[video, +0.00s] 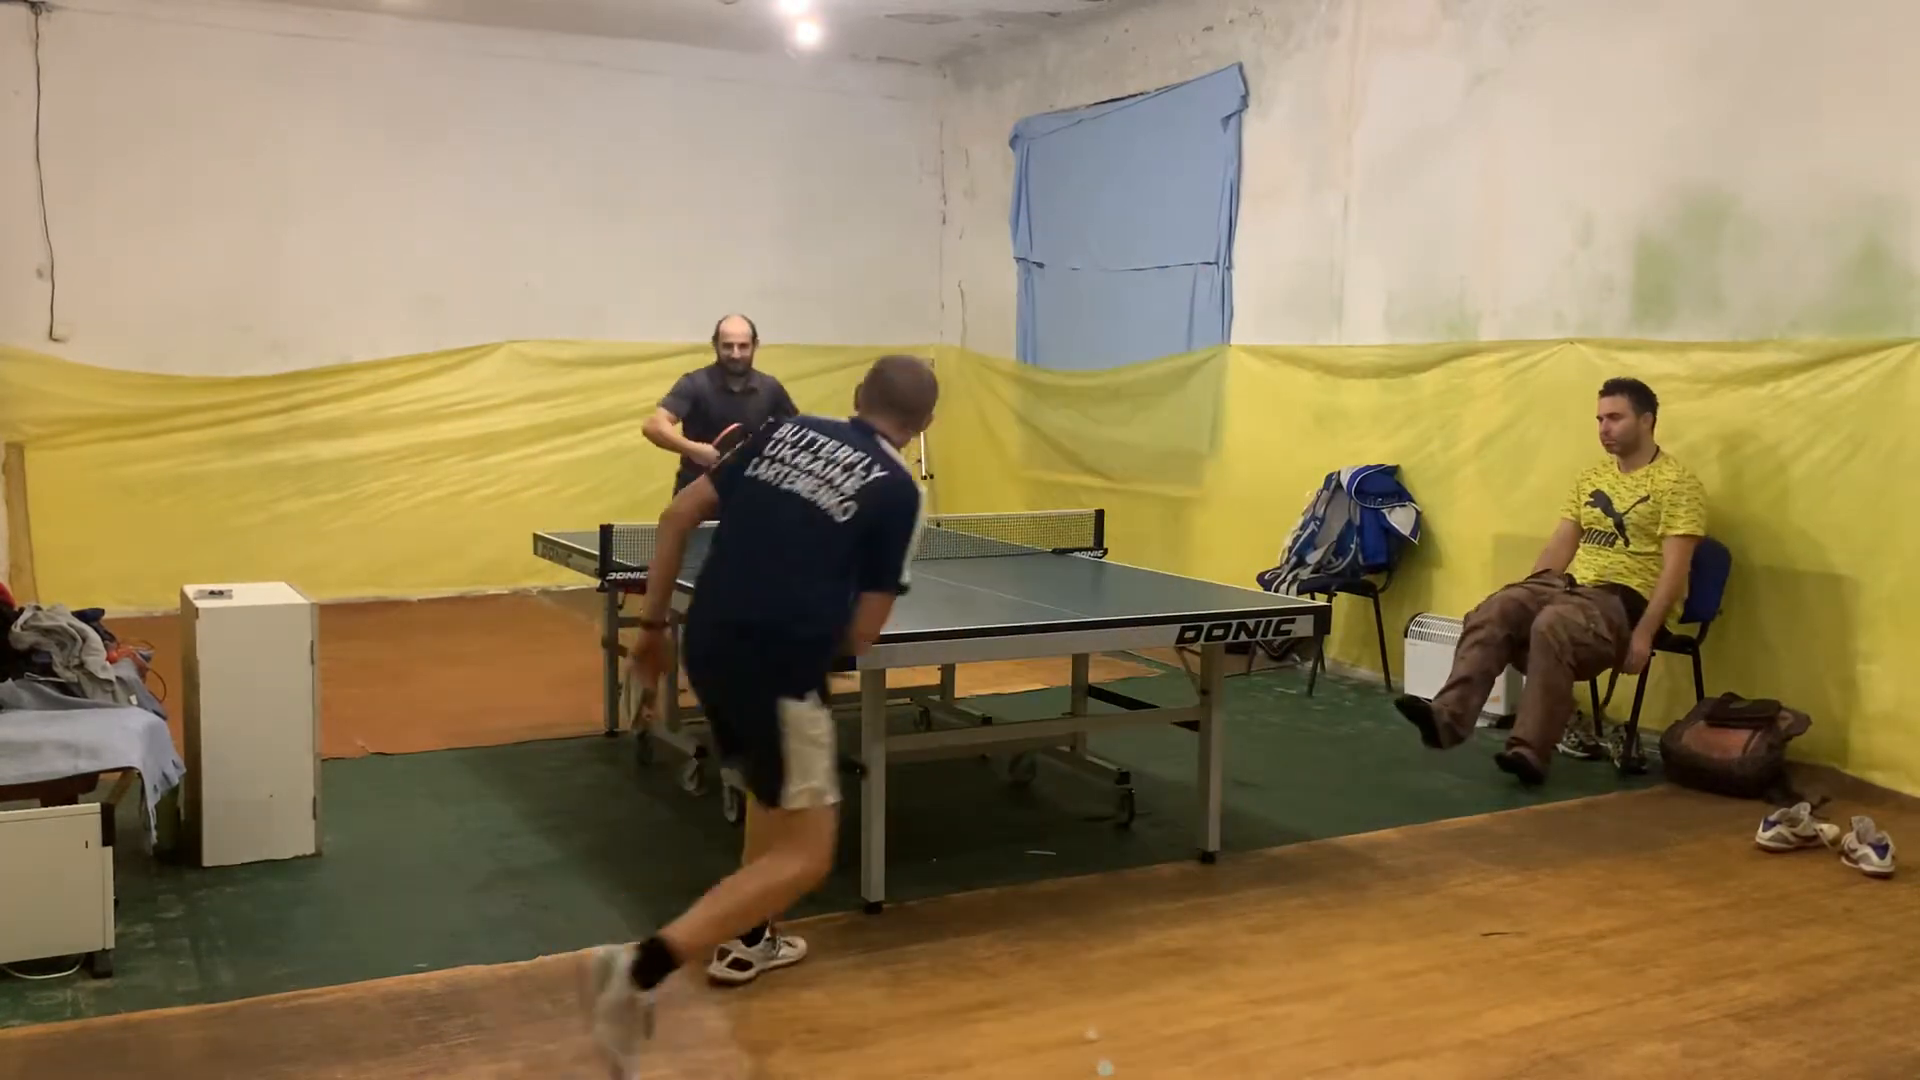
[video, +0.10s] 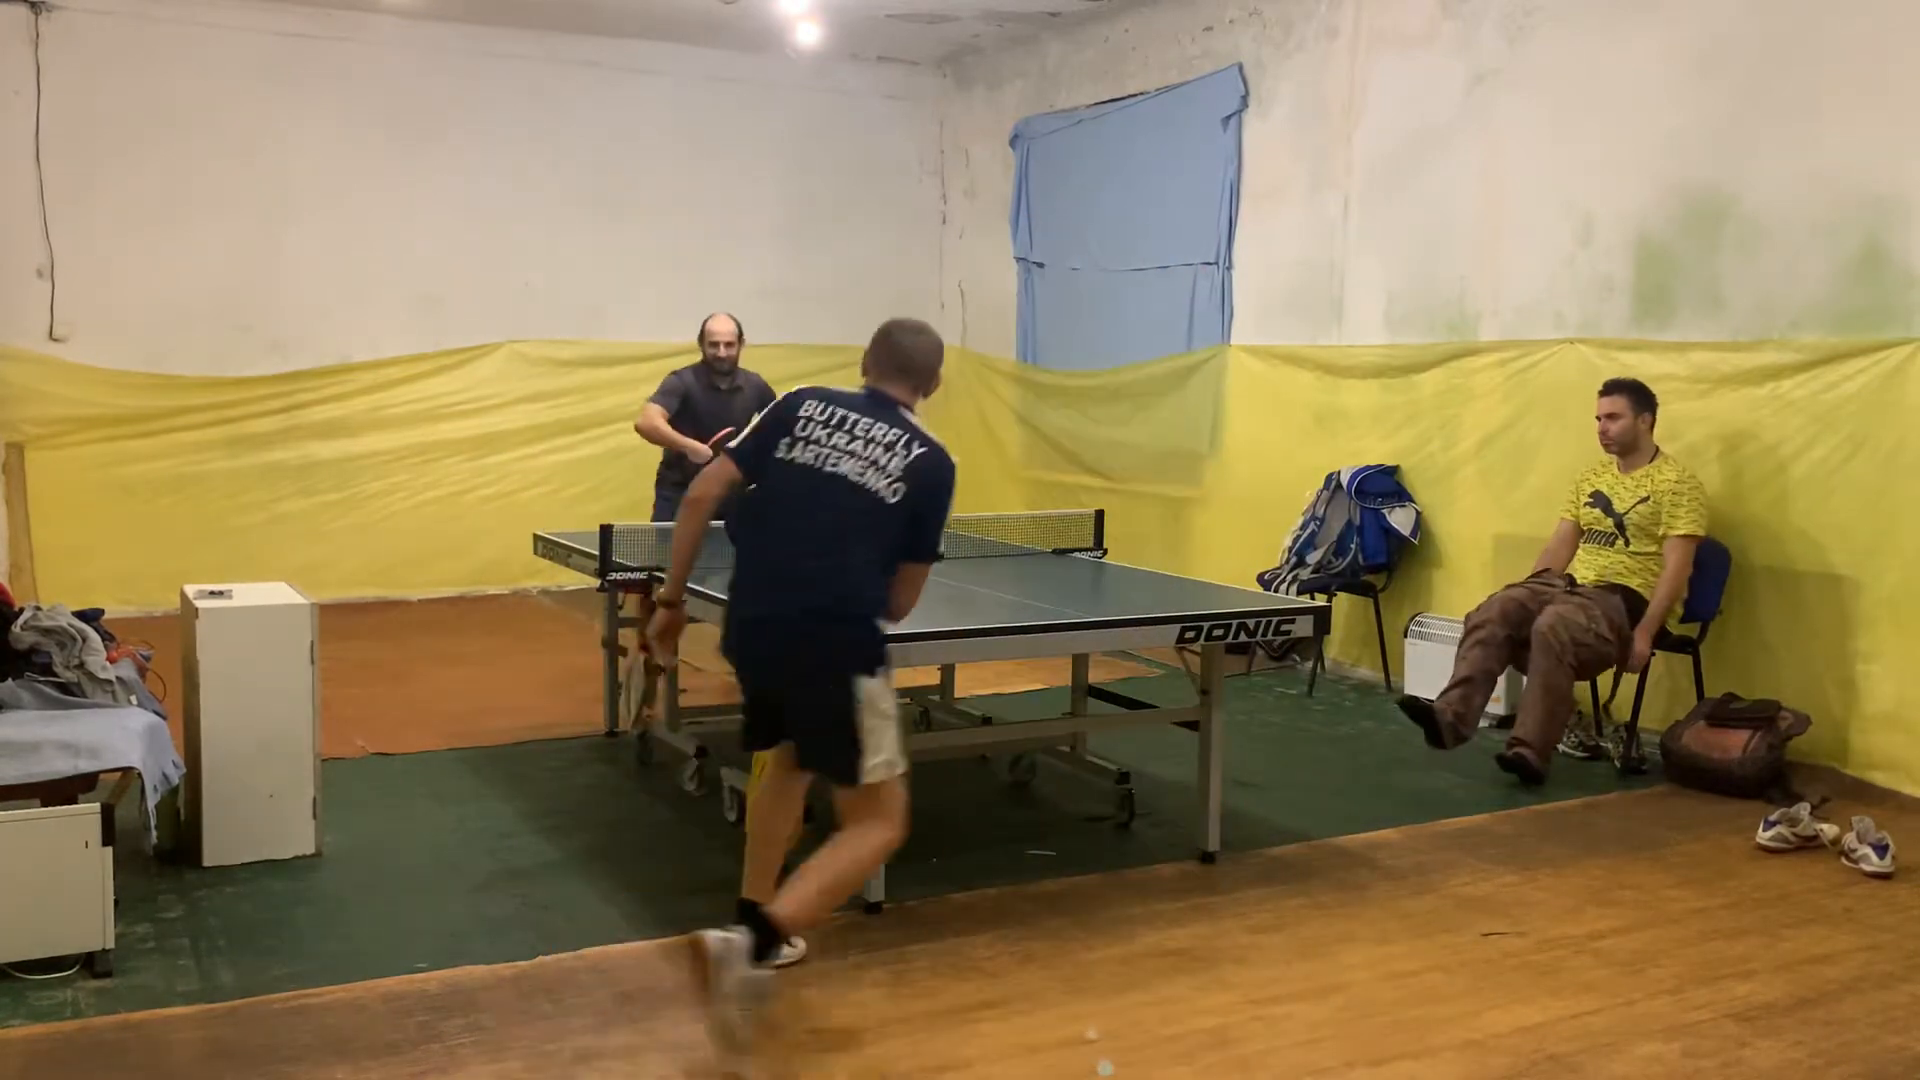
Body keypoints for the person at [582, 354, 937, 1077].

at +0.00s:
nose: (926, 434)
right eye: (928, 424)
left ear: (860, 396)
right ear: (920, 423)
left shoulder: (785, 429)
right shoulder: (896, 490)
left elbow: (678, 516)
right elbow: (866, 629)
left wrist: (654, 622)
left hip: (711, 637)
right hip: (781, 656)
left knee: (768, 792)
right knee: (805, 852)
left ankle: (748, 939)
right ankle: (640, 969)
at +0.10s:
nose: (931, 392)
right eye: (936, 384)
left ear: (867, 363)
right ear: (930, 385)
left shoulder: (799, 405)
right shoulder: (930, 465)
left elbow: (701, 494)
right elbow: (900, 601)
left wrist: (673, 597)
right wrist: (842, 571)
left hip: (755, 625)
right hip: (839, 641)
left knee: (786, 762)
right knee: (878, 819)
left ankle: (759, 924)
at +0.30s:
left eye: (916, 351)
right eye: (979, 363)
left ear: (916, 353)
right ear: (983, 367)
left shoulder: (864, 403)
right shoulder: (1001, 448)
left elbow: (785, 496)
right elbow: (983, 577)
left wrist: (748, 615)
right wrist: (940, 627)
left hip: (848, 636)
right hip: (945, 644)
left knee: (818, 763)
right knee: (1028, 802)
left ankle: (783, 939)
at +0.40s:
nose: (961, 366)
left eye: (960, 354)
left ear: (960, 358)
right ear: (1028, 369)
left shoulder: (913, 410)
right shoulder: (1055, 449)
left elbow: (855, 513)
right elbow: (1046, 583)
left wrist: (809, 620)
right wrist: (1001, 633)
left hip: (912, 655)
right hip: (1016, 661)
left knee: (848, 771)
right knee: (1096, 815)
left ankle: (785, 939)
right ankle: (1186, 999)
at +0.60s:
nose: (1030, 343)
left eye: (1032, 332)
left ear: (1038, 335)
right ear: (1108, 344)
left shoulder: (1008, 397)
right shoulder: (1155, 414)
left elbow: (966, 513)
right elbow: (1173, 560)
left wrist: (930, 597)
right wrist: (1108, 585)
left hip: (1038, 643)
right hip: (1141, 644)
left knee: (933, 792)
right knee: (1191, 790)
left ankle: (865, 973)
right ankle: (1224, 977)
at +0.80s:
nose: (1090, 383)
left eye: (1093, 372)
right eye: (1095, 373)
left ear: (1103, 375)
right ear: (1171, 384)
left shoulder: (1075, 440)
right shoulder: (1219, 455)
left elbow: (1031, 566)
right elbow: (1249, 584)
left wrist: (1003, 625)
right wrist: (1203, 624)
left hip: (1113, 689)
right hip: (1220, 689)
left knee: (1003, 827)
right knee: (1274, 823)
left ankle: (966, 1029)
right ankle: (1371, 1006)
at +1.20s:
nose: (1056, 387)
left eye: (1058, 376)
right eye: (1059, 376)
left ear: (1071, 375)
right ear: (1134, 389)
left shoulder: (1077, 419)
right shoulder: (1159, 453)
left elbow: (1030, 531)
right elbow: (1167, 562)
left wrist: (909, 600)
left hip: (1118, 664)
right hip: (1214, 659)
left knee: (994, 811)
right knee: (1249, 836)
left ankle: (963, 1031)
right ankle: (1369, 1005)